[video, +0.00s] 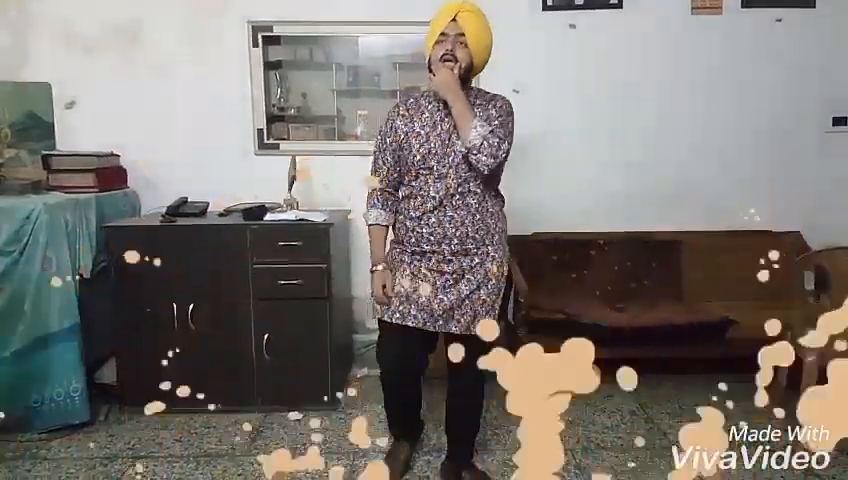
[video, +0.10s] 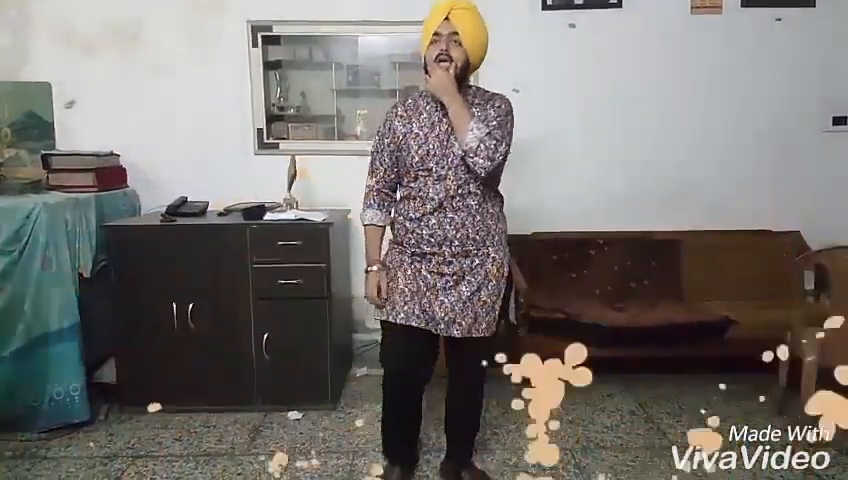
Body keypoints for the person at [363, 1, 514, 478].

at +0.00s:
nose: (449, 46)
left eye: (461, 40)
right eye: (442, 39)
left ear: (479, 53)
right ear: (429, 49)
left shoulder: (495, 108)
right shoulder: (404, 111)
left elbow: (488, 160)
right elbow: (381, 187)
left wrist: (453, 93)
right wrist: (378, 260)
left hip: (476, 257)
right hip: (412, 257)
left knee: (467, 364)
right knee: (395, 357)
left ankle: (459, 459)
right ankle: (404, 433)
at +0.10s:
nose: (443, 46)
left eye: (455, 40)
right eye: (436, 39)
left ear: (474, 52)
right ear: (425, 50)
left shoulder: (494, 107)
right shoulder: (403, 112)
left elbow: (486, 161)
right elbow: (378, 188)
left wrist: (450, 95)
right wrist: (374, 261)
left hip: (476, 259)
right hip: (411, 259)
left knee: (466, 368)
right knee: (400, 367)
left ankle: (459, 461)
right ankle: (399, 462)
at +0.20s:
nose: (431, 49)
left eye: (442, 41)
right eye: (423, 41)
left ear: (465, 50)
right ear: (415, 51)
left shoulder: (491, 106)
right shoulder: (399, 114)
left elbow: (480, 163)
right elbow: (376, 193)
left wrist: (441, 98)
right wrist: (369, 267)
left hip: (475, 266)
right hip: (407, 265)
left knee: (466, 381)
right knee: (402, 389)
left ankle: (458, 462)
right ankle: (396, 472)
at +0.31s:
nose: (410, 56)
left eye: (419, 44)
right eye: (403, 49)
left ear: (446, 47)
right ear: (399, 58)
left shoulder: (485, 107)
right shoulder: (391, 118)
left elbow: (472, 168)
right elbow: (371, 201)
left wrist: (429, 106)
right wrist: (365, 275)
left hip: (469, 269)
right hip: (402, 270)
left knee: (463, 382)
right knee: (402, 394)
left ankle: (457, 463)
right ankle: (399, 473)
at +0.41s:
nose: (390, 65)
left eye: (397, 53)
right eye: (384, 57)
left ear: (430, 50)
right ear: (384, 60)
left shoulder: (477, 107)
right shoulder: (383, 119)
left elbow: (462, 174)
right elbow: (364, 202)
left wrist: (417, 114)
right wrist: (358, 277)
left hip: (462, 270)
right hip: (395, 270)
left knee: (459, 384)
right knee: (396, 396)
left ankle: (455, 465)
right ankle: (399, 473)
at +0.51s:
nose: (378, 66)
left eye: (385, 53)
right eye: (373, 58)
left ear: (418, 50)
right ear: (373, 60)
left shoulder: (468, 106)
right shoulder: (375, 121)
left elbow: (453, 174)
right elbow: (355, 203)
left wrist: (406, 115)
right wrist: (347, 279)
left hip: (457, 277)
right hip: (387, 278)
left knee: (462, 393)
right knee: (392, 402)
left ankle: (457, 464)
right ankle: (397, 473)